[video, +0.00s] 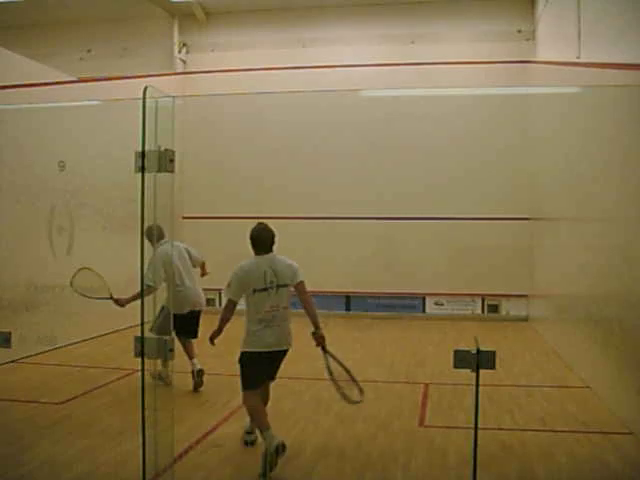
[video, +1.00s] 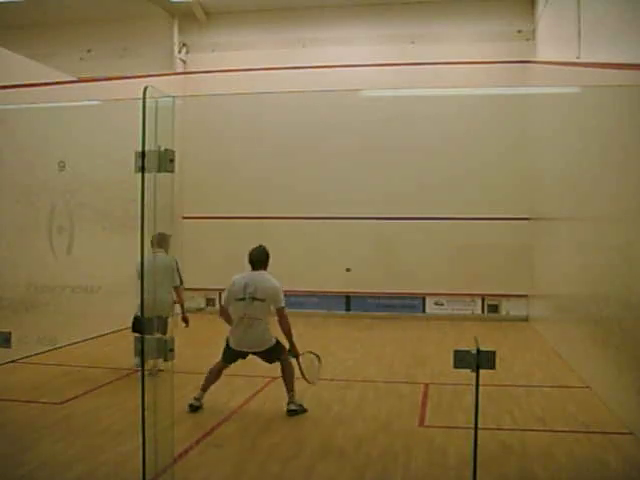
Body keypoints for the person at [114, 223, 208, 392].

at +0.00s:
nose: (148, 244)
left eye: (148, 240)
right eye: (148, 240)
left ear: (150, 240)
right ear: (164, 235)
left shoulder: (159, 254)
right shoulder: (179, 246)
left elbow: (152, 286)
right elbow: (200, 260)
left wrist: (127, 300)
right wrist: (203, 271)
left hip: (180, 302)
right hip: (197, 299)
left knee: (160, 333)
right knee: (184, 336)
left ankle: (165, 372)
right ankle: (196, 366)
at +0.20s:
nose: (129, 259)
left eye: (128, 256)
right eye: (128, 256)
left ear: (131, 255)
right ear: (142, 250)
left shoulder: (142, 264)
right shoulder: (158, 258)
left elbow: (140, 293)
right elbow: (181, 267)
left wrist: (114, 299)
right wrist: (194, 277)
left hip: (164, 305)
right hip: (179, 301)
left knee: (148, 333)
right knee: (163, 332)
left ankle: (158, 371)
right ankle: (167, 362)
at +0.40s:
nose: (115, 268)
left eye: (115, 265)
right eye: (115, 265)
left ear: (118, 265)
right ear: (127, 259)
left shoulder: (132, 274)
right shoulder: (141, 267)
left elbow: (131, 301)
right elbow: (169, 272)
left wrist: (107, 302)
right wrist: (191, 280)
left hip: (156, 313)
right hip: (166, 308)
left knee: (139, 338)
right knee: (156, 337)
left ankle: (156, 366)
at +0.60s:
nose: (116, 267)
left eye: (116, 265)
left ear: (116, 265)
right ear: (129, 259)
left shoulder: (123, 283)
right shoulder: (145, 267)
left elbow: (129, 305)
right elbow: (166, 286)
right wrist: (171, 303)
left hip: (146, 313)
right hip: (163, 307)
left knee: (137, 337)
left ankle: (158, 357)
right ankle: (135, 357)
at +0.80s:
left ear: (131, 255)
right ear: (145, 252)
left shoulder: (130, 271)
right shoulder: (156, 265)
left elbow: (135, 288)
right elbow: (163, 288)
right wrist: (168, 312)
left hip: (141, 309)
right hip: (158, 307)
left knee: (137, 333)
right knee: (158, 329)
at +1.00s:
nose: (169, 247)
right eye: (168, 245)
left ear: (152, 244)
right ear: (167, 245)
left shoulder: (144, 261)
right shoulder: (172, 261)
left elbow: (139, 281)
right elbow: (178, 288)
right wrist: (183, 312)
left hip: (146, 306)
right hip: (164, 307)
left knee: (146, 335)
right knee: (161, 336)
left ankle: (142, 361)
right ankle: (155, 364)